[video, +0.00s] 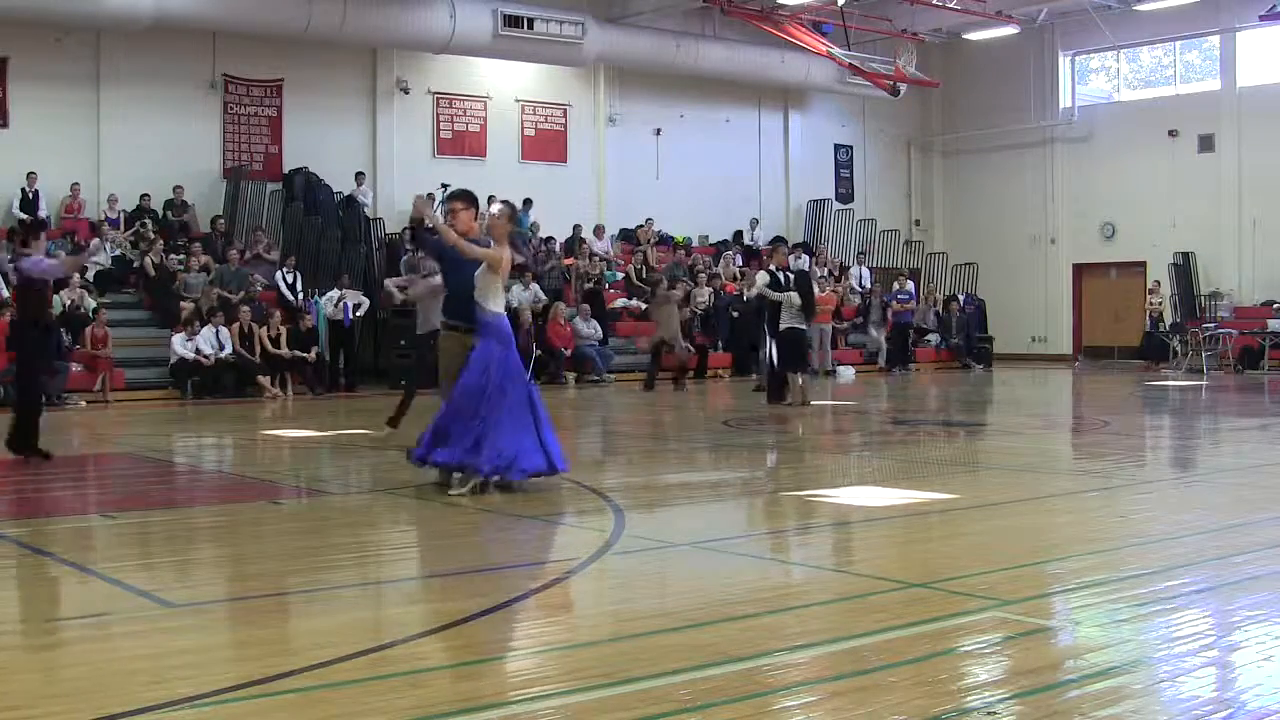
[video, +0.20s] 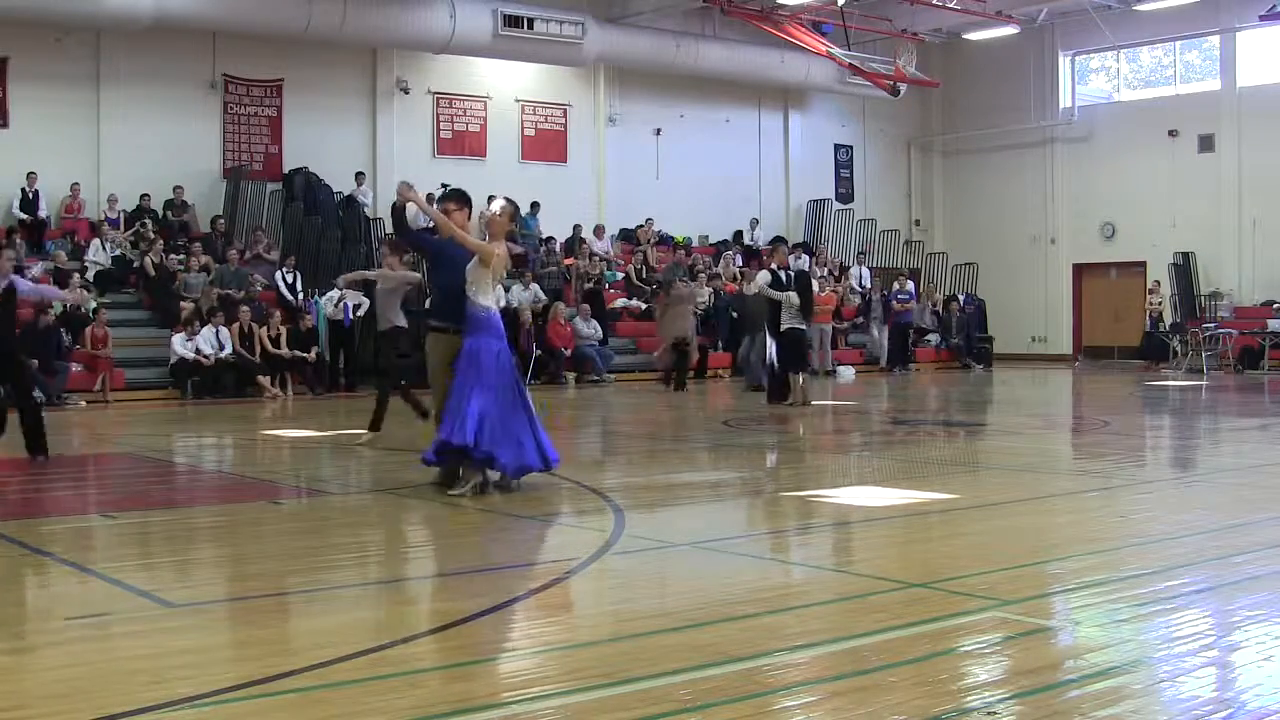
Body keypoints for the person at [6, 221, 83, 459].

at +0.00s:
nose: (46, 244)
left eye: (45, 239)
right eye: (43, 239)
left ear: (30, 240)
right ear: (33, 241)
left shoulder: (37, 264)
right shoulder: (27, 263)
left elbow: (62, 267)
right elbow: (57, 267)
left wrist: (87, 254)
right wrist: (85, 256)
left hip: (35, 334)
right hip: (29, 334)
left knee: (30, 388)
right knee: (30, 389)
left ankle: (21, 439)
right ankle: (26, 443)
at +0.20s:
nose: (11, 264)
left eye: (12, 260)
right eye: (8, 259)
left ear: (12, 262)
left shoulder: (12, 282)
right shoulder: (9, 283)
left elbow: (34, 290)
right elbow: (33, 290)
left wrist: (65, 295)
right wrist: (66, 295)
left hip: (9, 354)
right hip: (6, 355)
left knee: (28, 400)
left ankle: (38, 450)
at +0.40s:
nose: (51, 318)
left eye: (52, 315)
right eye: (48, 315)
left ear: (53, 317)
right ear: (39, 316)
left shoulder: (54, 330)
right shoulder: (27, 331)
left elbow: (60, 349)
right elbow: (22, 350)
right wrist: (29, 360)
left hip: (50, 360)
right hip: (34, 361)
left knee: (65, 368)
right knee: (31, 371)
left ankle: (55, 394)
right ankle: (50, 395)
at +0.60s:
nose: (51, 318)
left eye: (52, 315)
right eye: (48, 315)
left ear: (54, 316)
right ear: (40, 315)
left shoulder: (54, 329)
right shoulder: (29, 329)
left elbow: (60, 347)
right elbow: (21, 346)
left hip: (49, 360)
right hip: (34, 360)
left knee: (65, 367)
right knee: (31, 371)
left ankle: (55, 394)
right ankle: (50, 394)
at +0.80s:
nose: (53, 318)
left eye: (53, 315)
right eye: (50, 315)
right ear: (41, 316)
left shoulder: (54, 329)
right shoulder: (29, 329)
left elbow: (59, 347)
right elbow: (25, 349)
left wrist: (61, 360)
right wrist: (29, 360)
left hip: (49, 360)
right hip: (34, 360)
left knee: (64, 368)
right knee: (32, 371)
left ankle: (54, 394)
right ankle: (51, 395)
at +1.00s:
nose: (53, 318)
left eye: (53, 315)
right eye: (51, 315)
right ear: (42, 316)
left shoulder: (53, 329)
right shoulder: (26, 330)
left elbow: (59, 349)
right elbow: (21, 351)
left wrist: (60, 360)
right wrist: (29, 359)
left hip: (48, 360)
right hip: (33, 361)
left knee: (64, 368)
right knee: (32, 371)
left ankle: (54, 394)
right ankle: (52, 395)